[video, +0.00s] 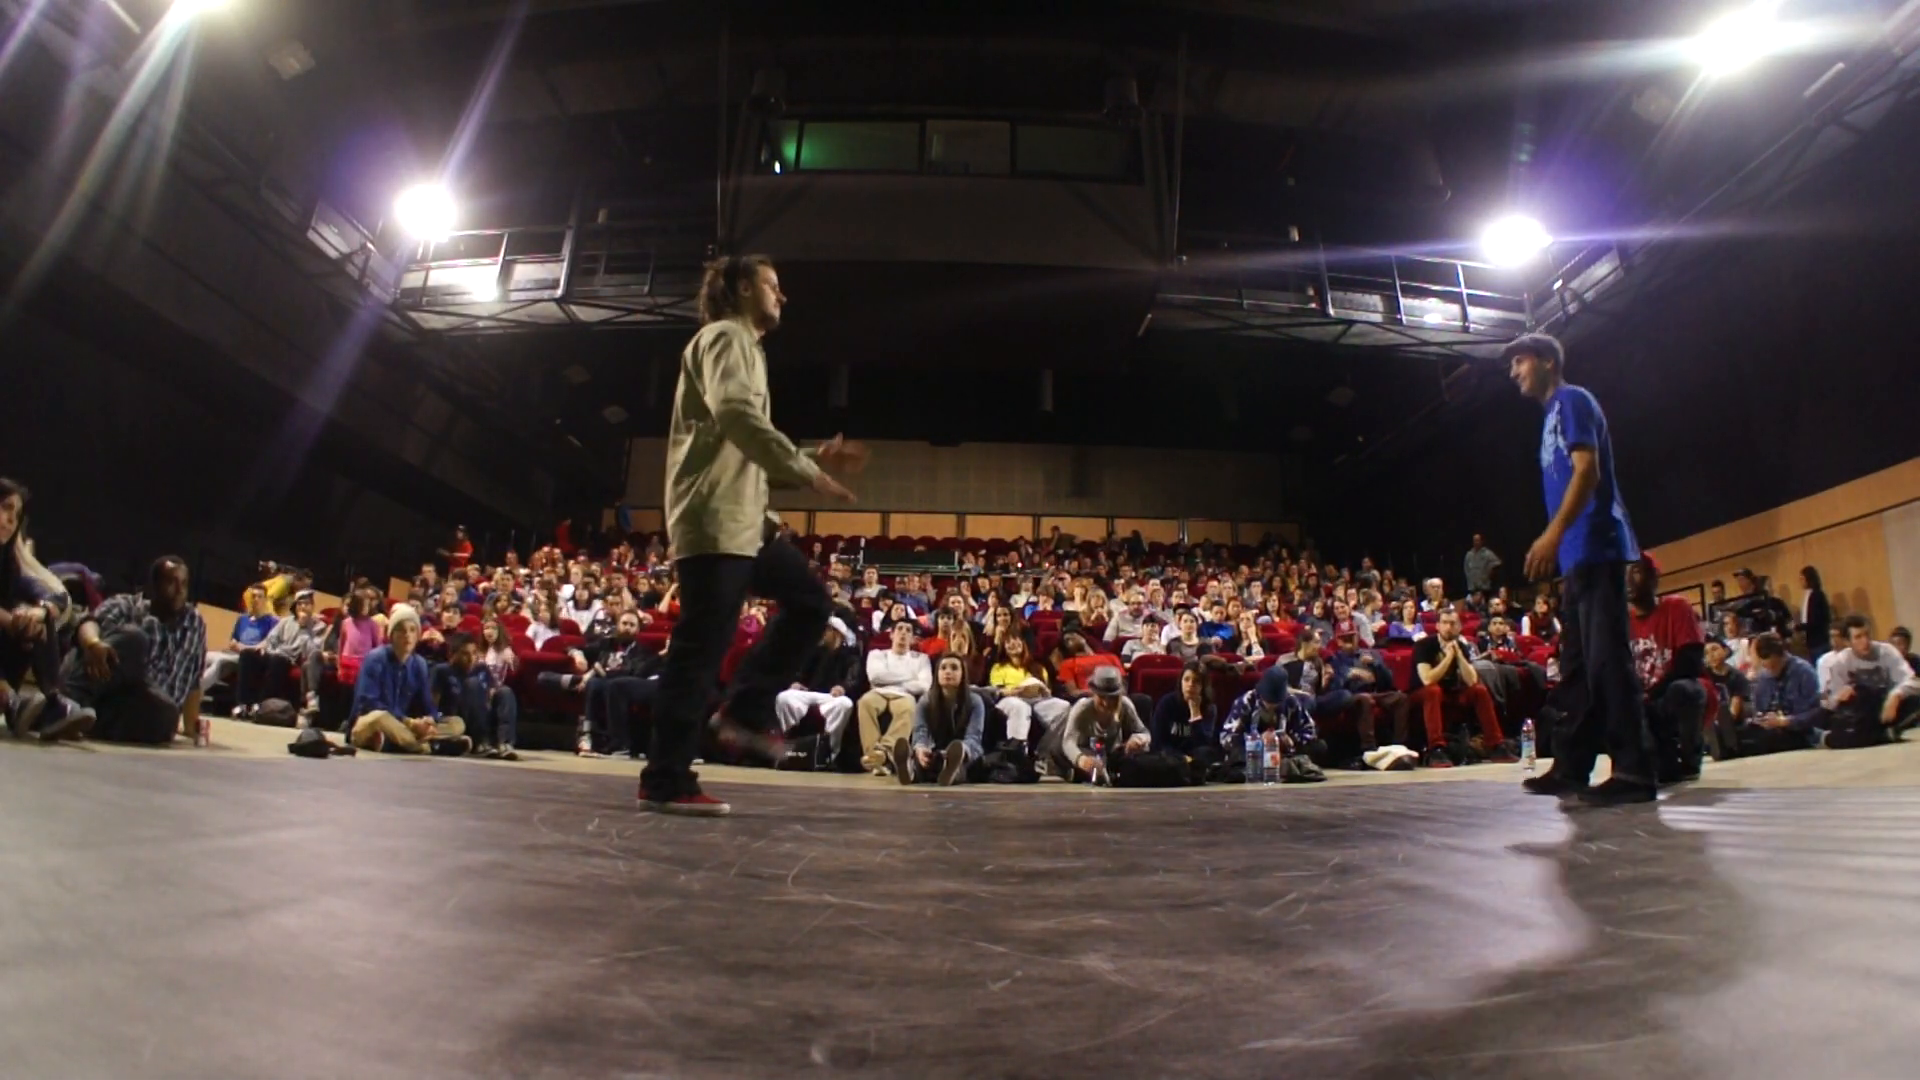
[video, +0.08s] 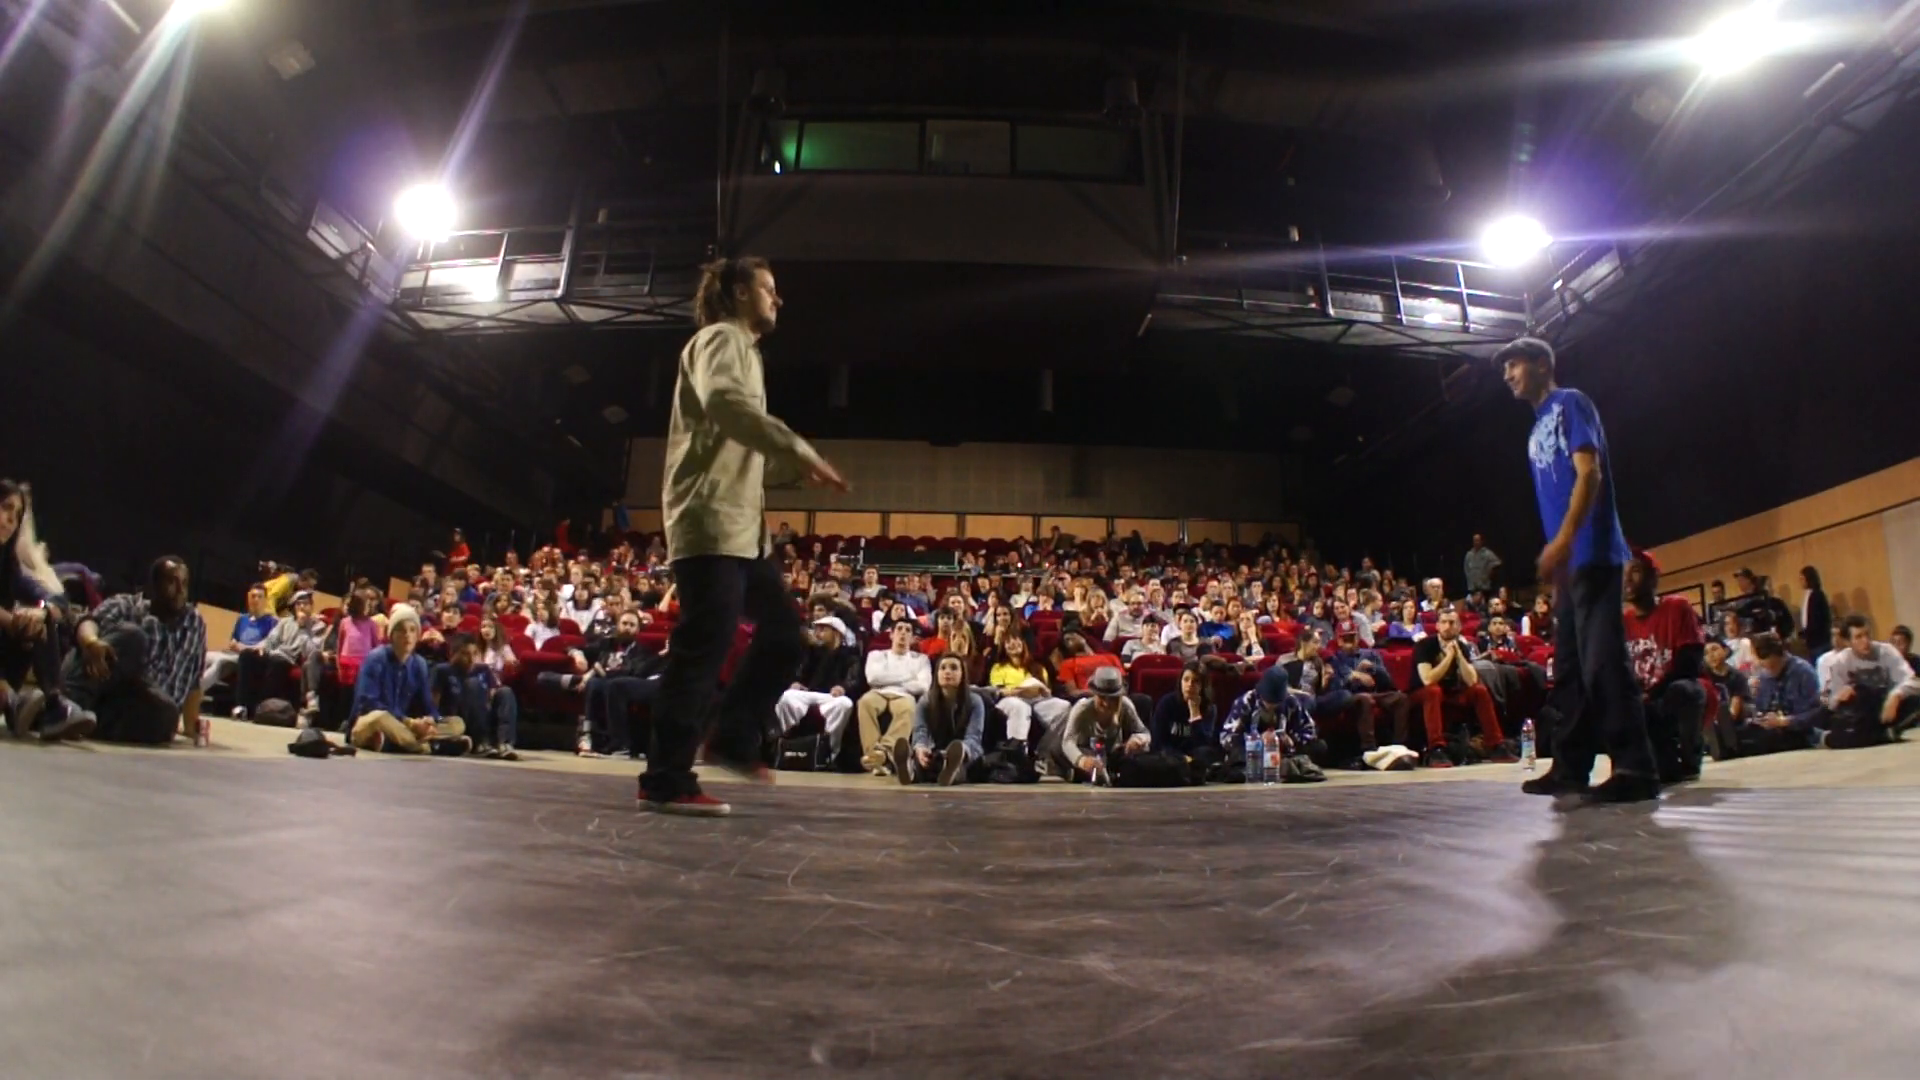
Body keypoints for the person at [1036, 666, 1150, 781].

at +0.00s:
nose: (1106, 703)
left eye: (1112, 698)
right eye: (1102, 697)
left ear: (1120, 694)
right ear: (1093, 692)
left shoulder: (1125, 705)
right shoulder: (1082, 707)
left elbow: (1144, 733)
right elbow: (1068, 742)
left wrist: (1137, 740)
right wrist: (1080, 759)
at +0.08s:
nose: (1106, 703)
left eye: (1112, 698)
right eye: (1102, 697)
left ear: (1120, 695)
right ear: (1094, 693)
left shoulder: (1125, 705)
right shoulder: (1082, 707)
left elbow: (1144, 733)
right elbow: (1067, 742)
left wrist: (1137, 740)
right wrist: (1081, 760)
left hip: (1111, 755)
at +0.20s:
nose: (1107, 704)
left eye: (1113, 699)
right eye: (1103, 698)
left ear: (1121, 695)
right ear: (1095, 693)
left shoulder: (1126, 705)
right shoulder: (1082, 708)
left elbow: (1143, 733)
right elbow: (1068, 741)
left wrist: (1137, 740)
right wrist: (1080, 760)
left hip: (1113, 757)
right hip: (1085, 758)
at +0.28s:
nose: (1108, 704)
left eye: (1113, 699)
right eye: (1103, 698)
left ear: (1121, 695)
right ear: (1095, 693)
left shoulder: (1126, 705)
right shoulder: (1082, 707)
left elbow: (1144, 733)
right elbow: (1067, 741)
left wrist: (1138, 740)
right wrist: (1080, 760)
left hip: (1114, 758)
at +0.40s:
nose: (1108, 704)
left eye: (1114, 699)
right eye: (1103, 698)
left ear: (1121, 695)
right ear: (1095, 693)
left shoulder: (1127, 705)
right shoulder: (1083, 706)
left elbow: (1144, 733)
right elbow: (1068, 741)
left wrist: (1137, 740)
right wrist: (1079, 760)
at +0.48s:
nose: (1107, 704)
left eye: (1113, 699)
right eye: (1103, 698)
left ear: (1121, 695)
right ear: (1095, 693)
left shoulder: (1126, 705)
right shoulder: (1083, 707)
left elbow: (1144, 734)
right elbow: (1068, 741)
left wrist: (1137, 740)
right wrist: (1079, 760)